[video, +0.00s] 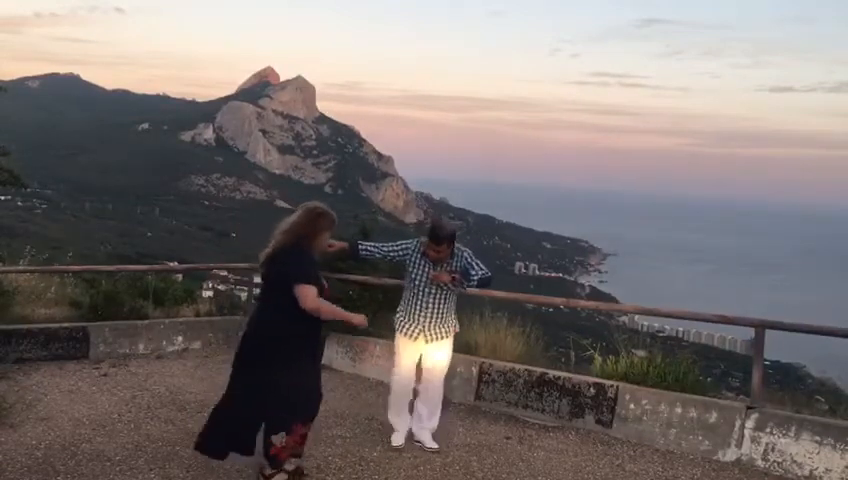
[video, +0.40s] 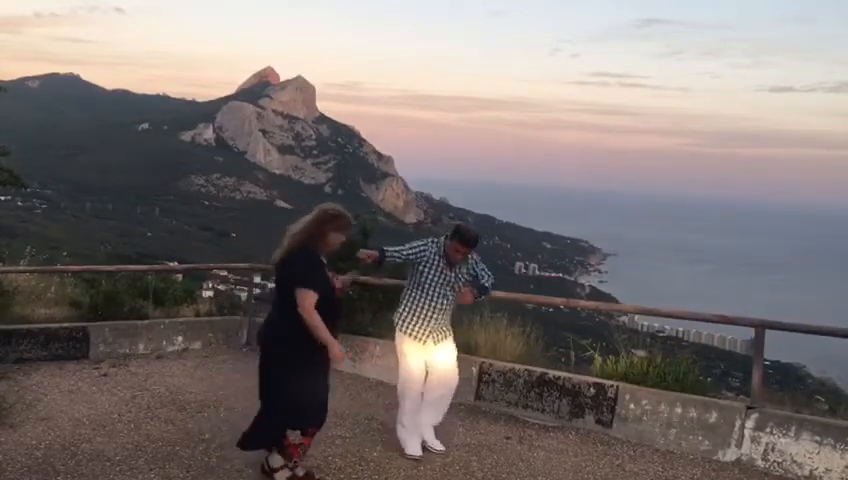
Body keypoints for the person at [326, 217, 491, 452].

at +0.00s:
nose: (434, 255)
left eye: (439, 252)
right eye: (431, 250)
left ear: (451, 247)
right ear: (426, 241)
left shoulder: (462, 256)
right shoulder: (414, 248)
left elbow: (484, 277)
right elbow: (381, 250)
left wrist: (454, 279)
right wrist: (346, 247)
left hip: (441, 331)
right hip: (409, 327)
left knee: (433, 384)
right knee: (402, 380)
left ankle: (424, 431)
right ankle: (399, 429)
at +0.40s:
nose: (459, 256)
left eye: (464, 253)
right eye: (456, 251)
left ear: (470, 251)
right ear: (447, 241)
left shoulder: (469, 260)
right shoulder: (429, 248)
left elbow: (488, 279)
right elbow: (401, 253)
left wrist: (475, 292)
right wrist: (377, 255)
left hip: (440, 330)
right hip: (411, 328)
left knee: (447, 378)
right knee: (413, 382)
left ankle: (425, 427)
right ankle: (409, 437)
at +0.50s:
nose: (465, 257)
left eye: (470, 254)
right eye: (462, 251)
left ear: (475, 252)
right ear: (454, 242)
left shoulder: (473, 264)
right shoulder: (436, 248)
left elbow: (483, 285)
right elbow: (412, 255)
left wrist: (472, 303)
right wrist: (398, 258)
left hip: (442, 332)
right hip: (413, 329)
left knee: (455, 380)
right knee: (415, 384)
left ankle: (429, 422)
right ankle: (410, 437)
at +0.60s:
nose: (473, 256)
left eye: (478, 253)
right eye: (471, 249)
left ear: (482, 251)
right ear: (461, 241)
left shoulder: (475, 268)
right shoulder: (446, 246)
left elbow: (473, 301)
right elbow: (420, 252)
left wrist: (468, 314)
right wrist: (429, 256)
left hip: (445, 334)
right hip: (418, 328)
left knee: (451, 383)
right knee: (419, 383)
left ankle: (442, 437)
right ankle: (410, 440)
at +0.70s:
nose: (484, 253)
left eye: (487, 250)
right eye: (483, 247)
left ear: (484, 247)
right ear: (474, 238)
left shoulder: (473, 263)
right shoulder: (449, 245)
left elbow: (472, 293)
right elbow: (432, 251)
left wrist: (470, 310)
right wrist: (462, 251)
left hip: (451, 332)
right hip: (427, 327)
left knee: (452, 383)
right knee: (433, 380)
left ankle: (442, 437)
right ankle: (413, 433)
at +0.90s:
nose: (491, 240)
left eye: (493, 236)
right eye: (490, 234)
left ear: (487, 234)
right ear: (481, 227)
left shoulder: (474, 254)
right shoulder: (455, 241)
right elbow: (468, 247)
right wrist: (494, 245)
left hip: (456, 329)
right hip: (443, 326)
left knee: (456, 381)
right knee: (459, 381)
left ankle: (444, 433)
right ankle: (430, 432)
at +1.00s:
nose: (497, 236)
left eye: (499, 232)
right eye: (496, 230)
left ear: (481, 226)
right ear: (484, 224)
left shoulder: (472, 248)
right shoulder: (461, 242)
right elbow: (487, 246)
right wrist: (503, 243)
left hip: (459, 327)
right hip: (453, 326)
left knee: (449, 385)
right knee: (477, 383)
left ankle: (439, 435)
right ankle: (443, 429)